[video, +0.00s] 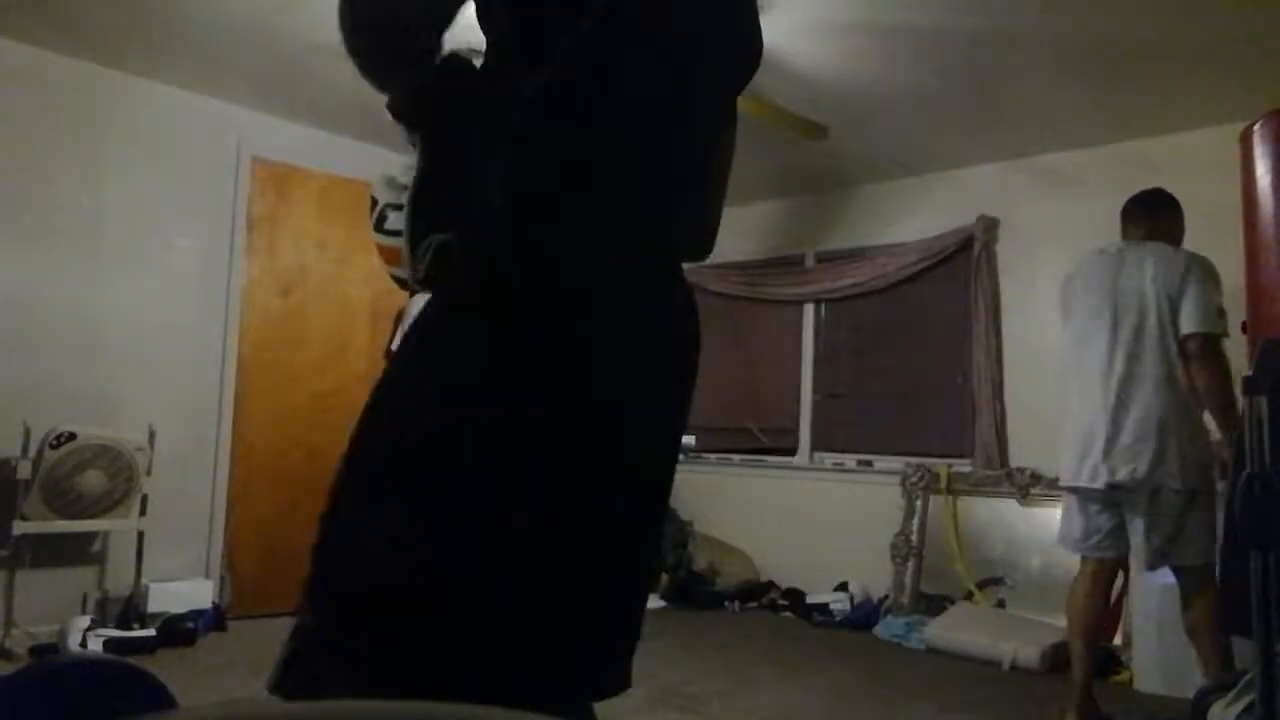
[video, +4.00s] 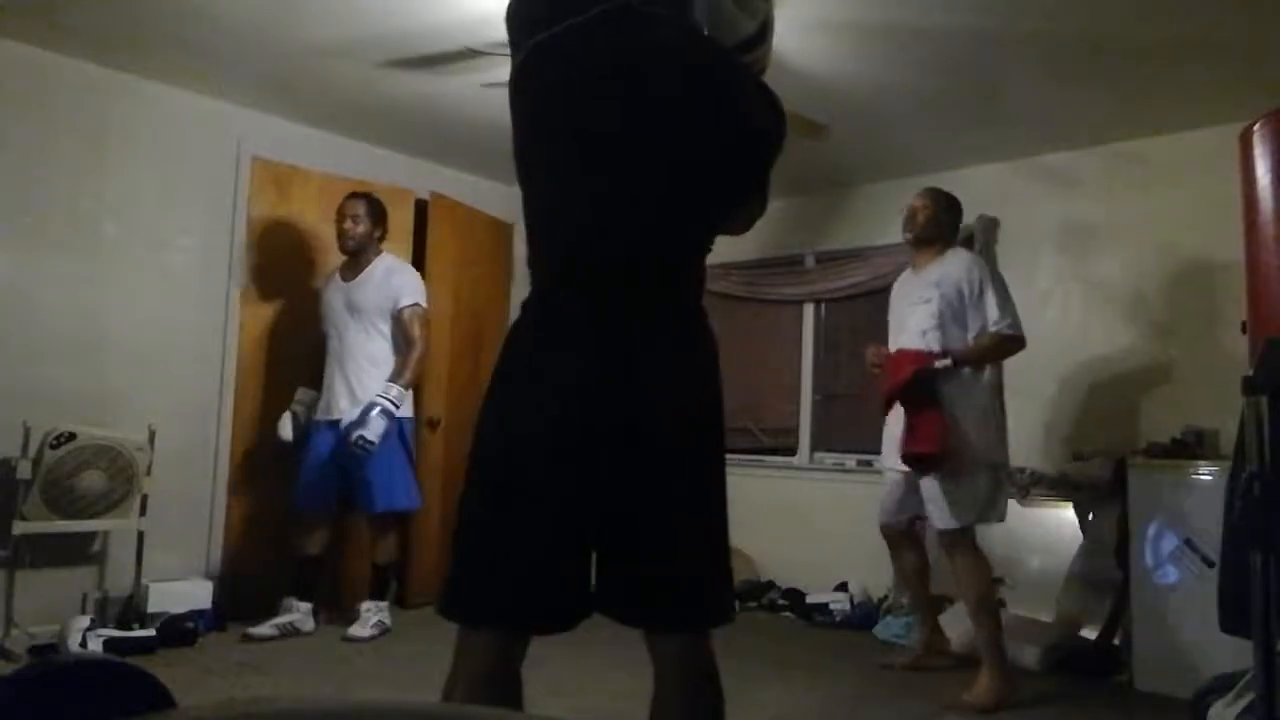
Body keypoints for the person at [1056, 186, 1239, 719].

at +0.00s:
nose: (1180, 238)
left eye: (1178, 231)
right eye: (1178, 230)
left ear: (1125, 226)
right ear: (1170, 226)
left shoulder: (1080, 274)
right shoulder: (1186, 267)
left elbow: (1084, 356)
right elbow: (1199, 352)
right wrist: (1230, 434)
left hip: (1090, 453)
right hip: (1168, 452)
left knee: (1094, 568)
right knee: (1196, 580)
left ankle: (1079, 699)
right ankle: (1221, 691)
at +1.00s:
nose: (1132, 235)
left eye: (1131, 227)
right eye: (1136, 229)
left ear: (1137, 226)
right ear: (1188, 222)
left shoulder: (1122, 270)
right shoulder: (1230, 267)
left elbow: (1095, 352)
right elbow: (1247, 347)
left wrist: (1147, 368)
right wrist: (1201, 366)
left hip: (1139, 448)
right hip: (1217, 450)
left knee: (1132, 576)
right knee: (1216, 579)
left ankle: (1127, 703)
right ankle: (1231, 697)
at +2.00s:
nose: (1081, 225)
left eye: (1090, 215)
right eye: (1086, 214)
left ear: (1114, 222)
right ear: (1140, 227)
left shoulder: (1104, 271)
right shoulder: (1178, 279)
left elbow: (1096, 348)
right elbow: (1201, 360)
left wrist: (1057, 397)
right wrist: (1149, 392)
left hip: (1112, 453)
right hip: (1170, 454)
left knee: (1106, 565)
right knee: (1150, 566)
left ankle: (1123, 697)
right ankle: (1167, 690)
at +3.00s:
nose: (1007, 221)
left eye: (1018, 212)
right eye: (1011, 213)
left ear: (1048, 225)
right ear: (1049, 227)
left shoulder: (1056, 269)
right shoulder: (1039, 272)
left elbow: (1067, 350)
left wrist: (1014, 411)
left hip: (1055, 448)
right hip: (1033, 445)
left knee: (1049, 559)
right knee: (1009, 547)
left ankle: (1084, 691)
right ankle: (1058, 656)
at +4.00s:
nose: (908, 215)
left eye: (920, 208)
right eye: (907, 208)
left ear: (946, 221)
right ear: (908, 223)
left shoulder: (969, 267)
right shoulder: (902, 282)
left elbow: (1010, 336)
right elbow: (911, 351)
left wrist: (950, 358)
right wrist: (885, 359)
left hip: (961, 432)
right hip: (910, 432)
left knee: (955, 538)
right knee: (896, 525)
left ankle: (994, 667)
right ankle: (930, 638)